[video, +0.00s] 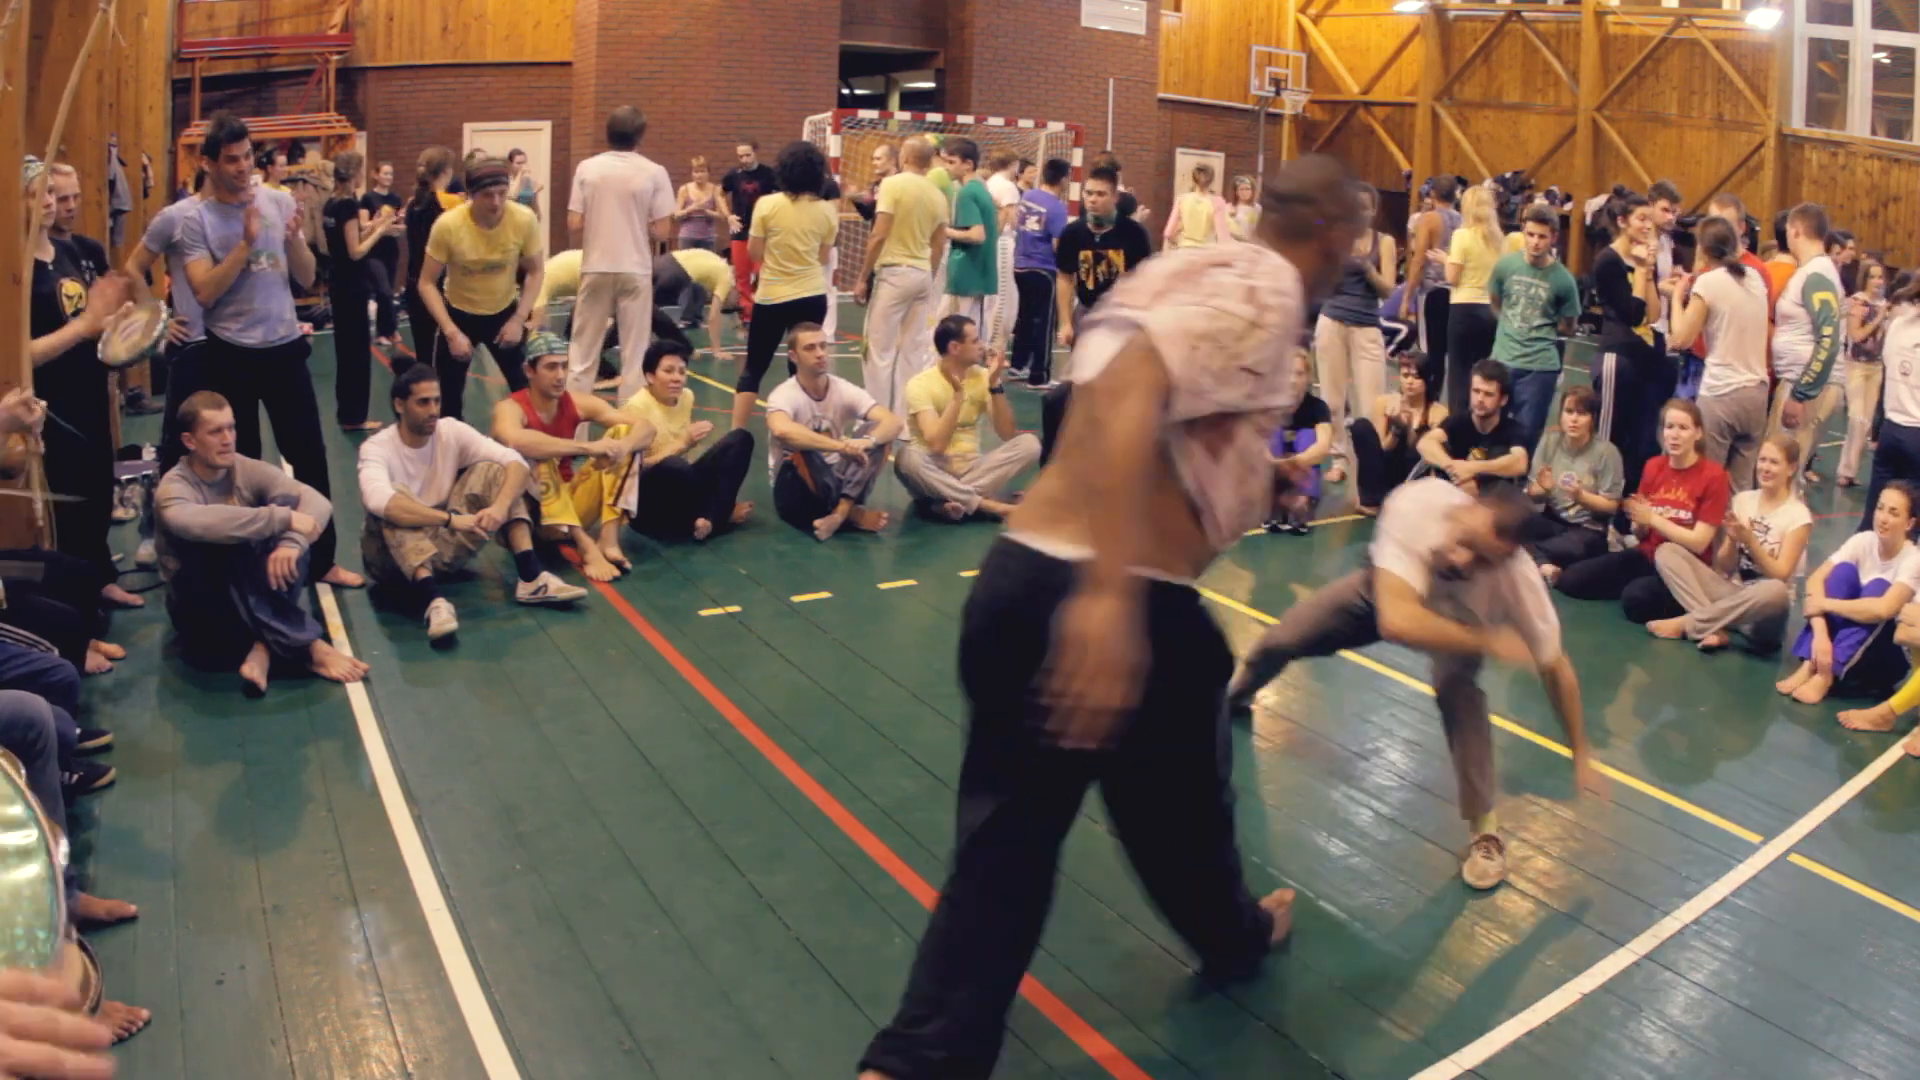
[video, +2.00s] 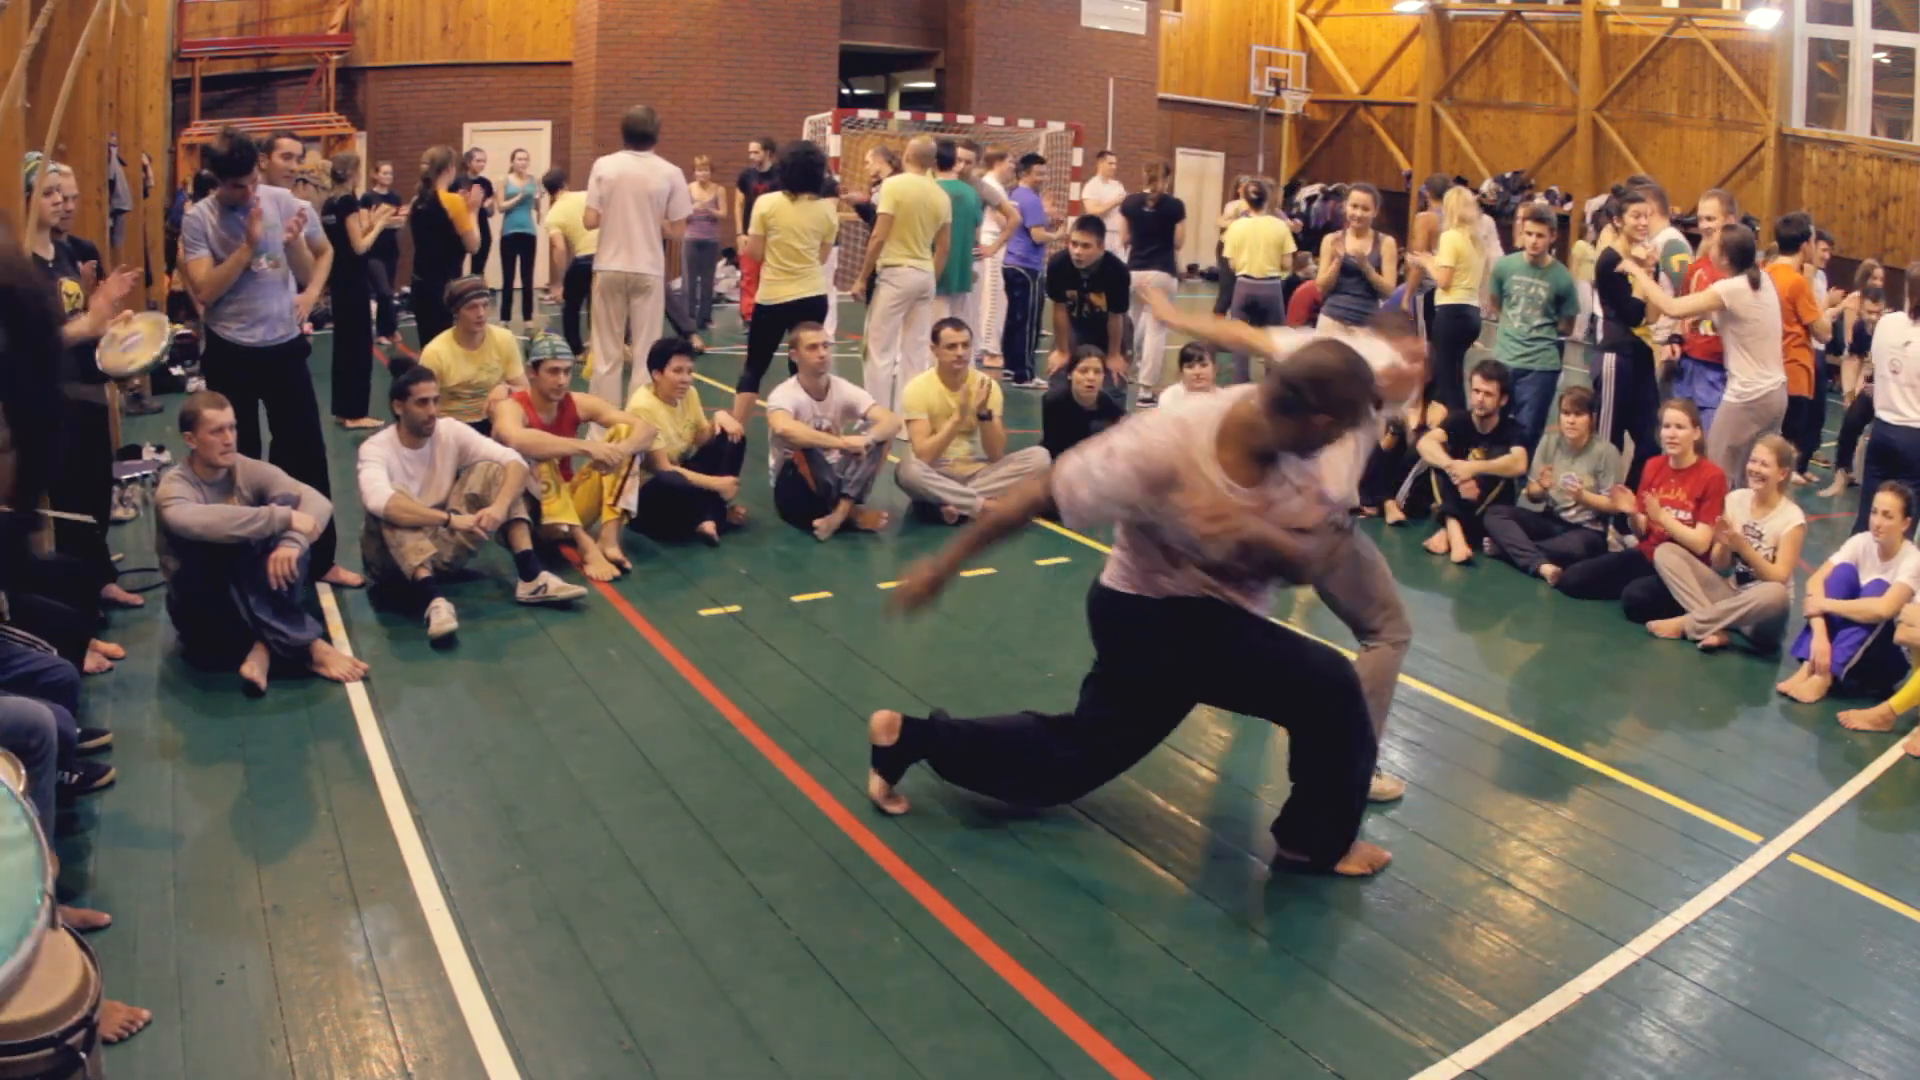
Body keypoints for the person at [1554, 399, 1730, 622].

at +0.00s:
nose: (1674, 434)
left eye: (1683, 428)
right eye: (1669, 427)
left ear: (1698, 433)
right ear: (1661, 431)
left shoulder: (1715, 476)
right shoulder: (1653, 466)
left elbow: (1699, 543)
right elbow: (1640, 533)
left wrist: (1651, 519)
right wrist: (1639, 516)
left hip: (1683, 566)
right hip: (1646, 555)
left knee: (1635, 601)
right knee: (1569, 581)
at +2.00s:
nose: (1671, 434)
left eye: (1680, 427)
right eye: (1666, 426)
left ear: (1696, 433)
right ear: (1659, 431)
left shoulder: (1712, 477)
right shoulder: (1653, 466)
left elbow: (1701, 544)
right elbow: (1642, 531)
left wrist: (1662, 516)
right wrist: (1632, 511)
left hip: (1682, 566)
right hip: (1647, 555)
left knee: (1635, 601)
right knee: (1570, 581)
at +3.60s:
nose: (1666, 433)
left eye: (1675, 426)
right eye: (1661, 426)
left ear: (1694, 431)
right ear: (1656, 430)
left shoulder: (1710, 475)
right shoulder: (1652, 466)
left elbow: (1699, 544)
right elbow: (1637, 530)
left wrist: (1654, 517)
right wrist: (1645, 517)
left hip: (1682, 565)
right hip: (1645, 555)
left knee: (1635, 600)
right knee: (1572, 580)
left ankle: (1692, 603)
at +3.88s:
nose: (1664, 433)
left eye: (1673, 426)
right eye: (1659, 426)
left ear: (1689, 431)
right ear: (1653, 431)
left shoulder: (1708, 474)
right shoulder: (1648, 467)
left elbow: (1698, 538)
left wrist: (1652, 517)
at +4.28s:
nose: (1665, 434)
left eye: (1674, 426)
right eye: (1660, 426)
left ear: (1690, 431)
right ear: (1653, 431)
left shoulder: (1709, 474)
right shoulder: (1647, 468)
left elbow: (1699, 541)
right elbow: (1631, 519)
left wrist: (1654, 521)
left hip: (1693, 564)